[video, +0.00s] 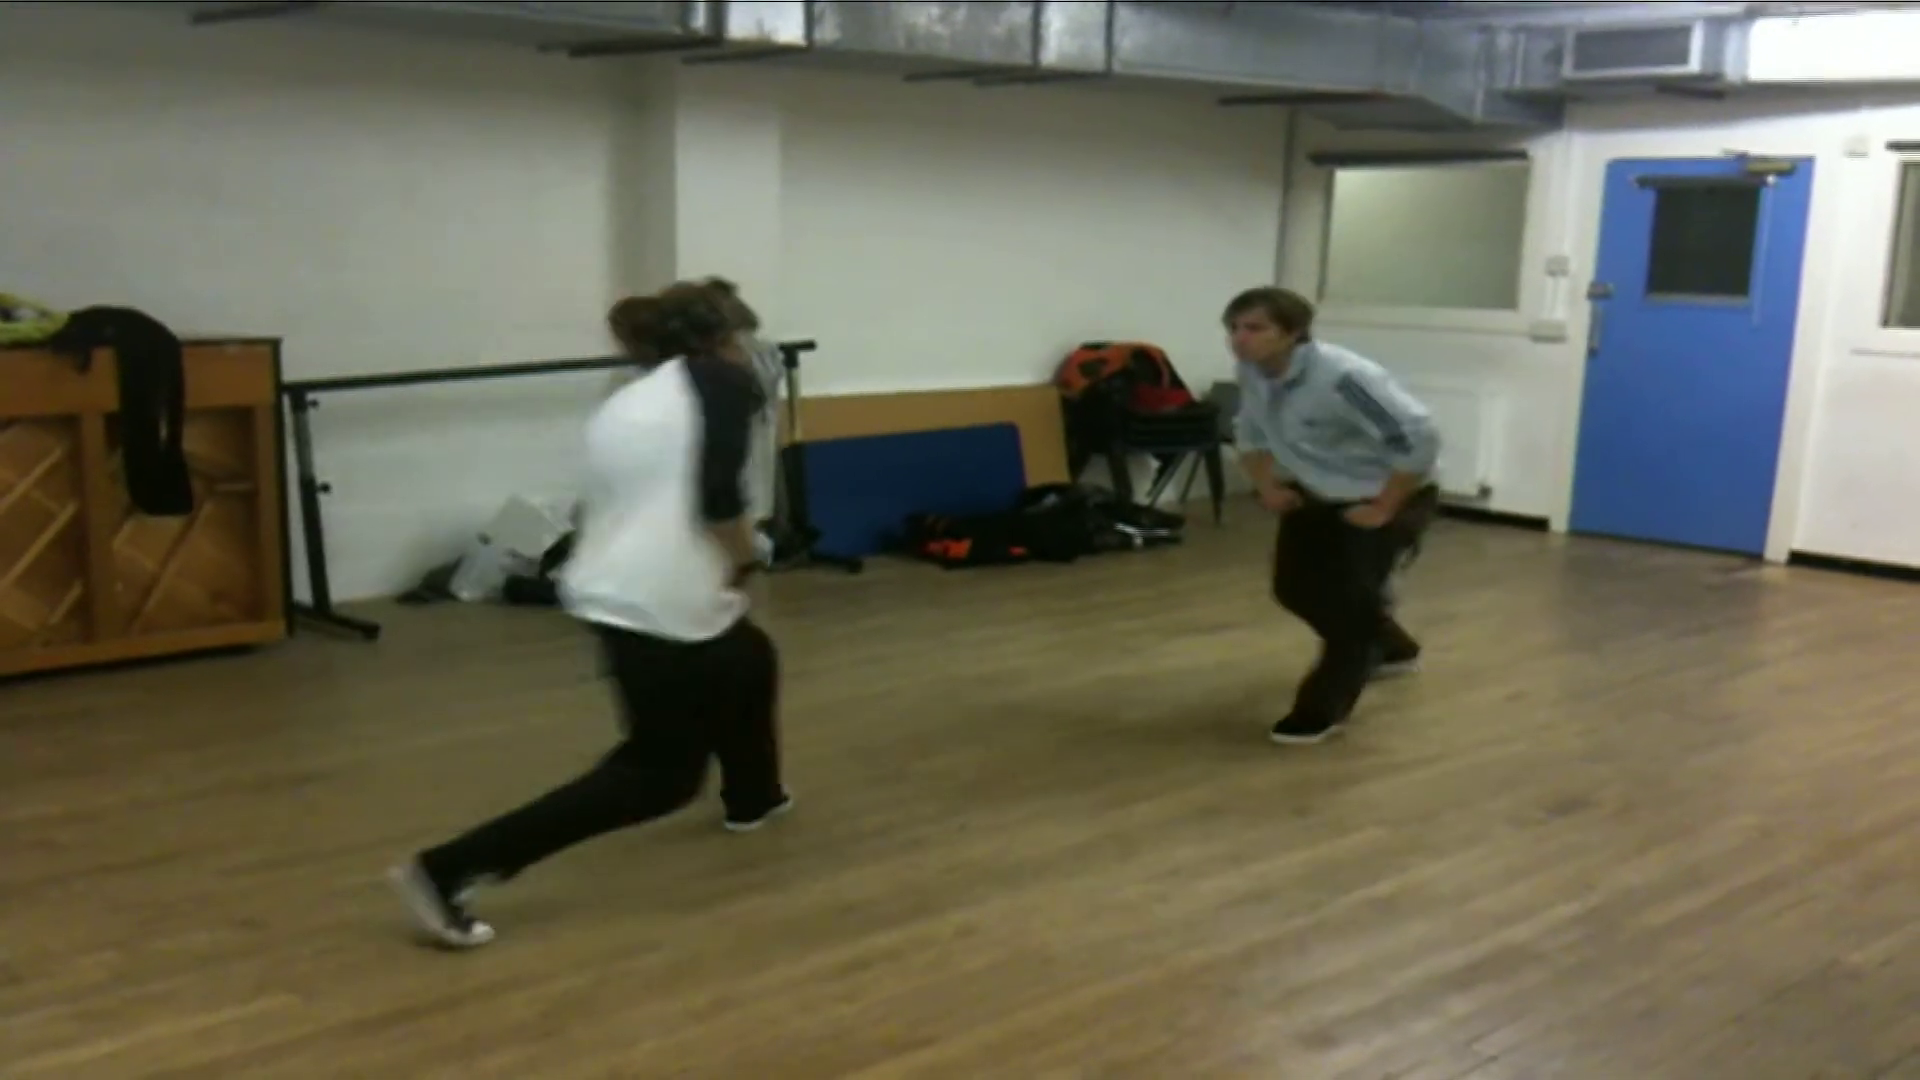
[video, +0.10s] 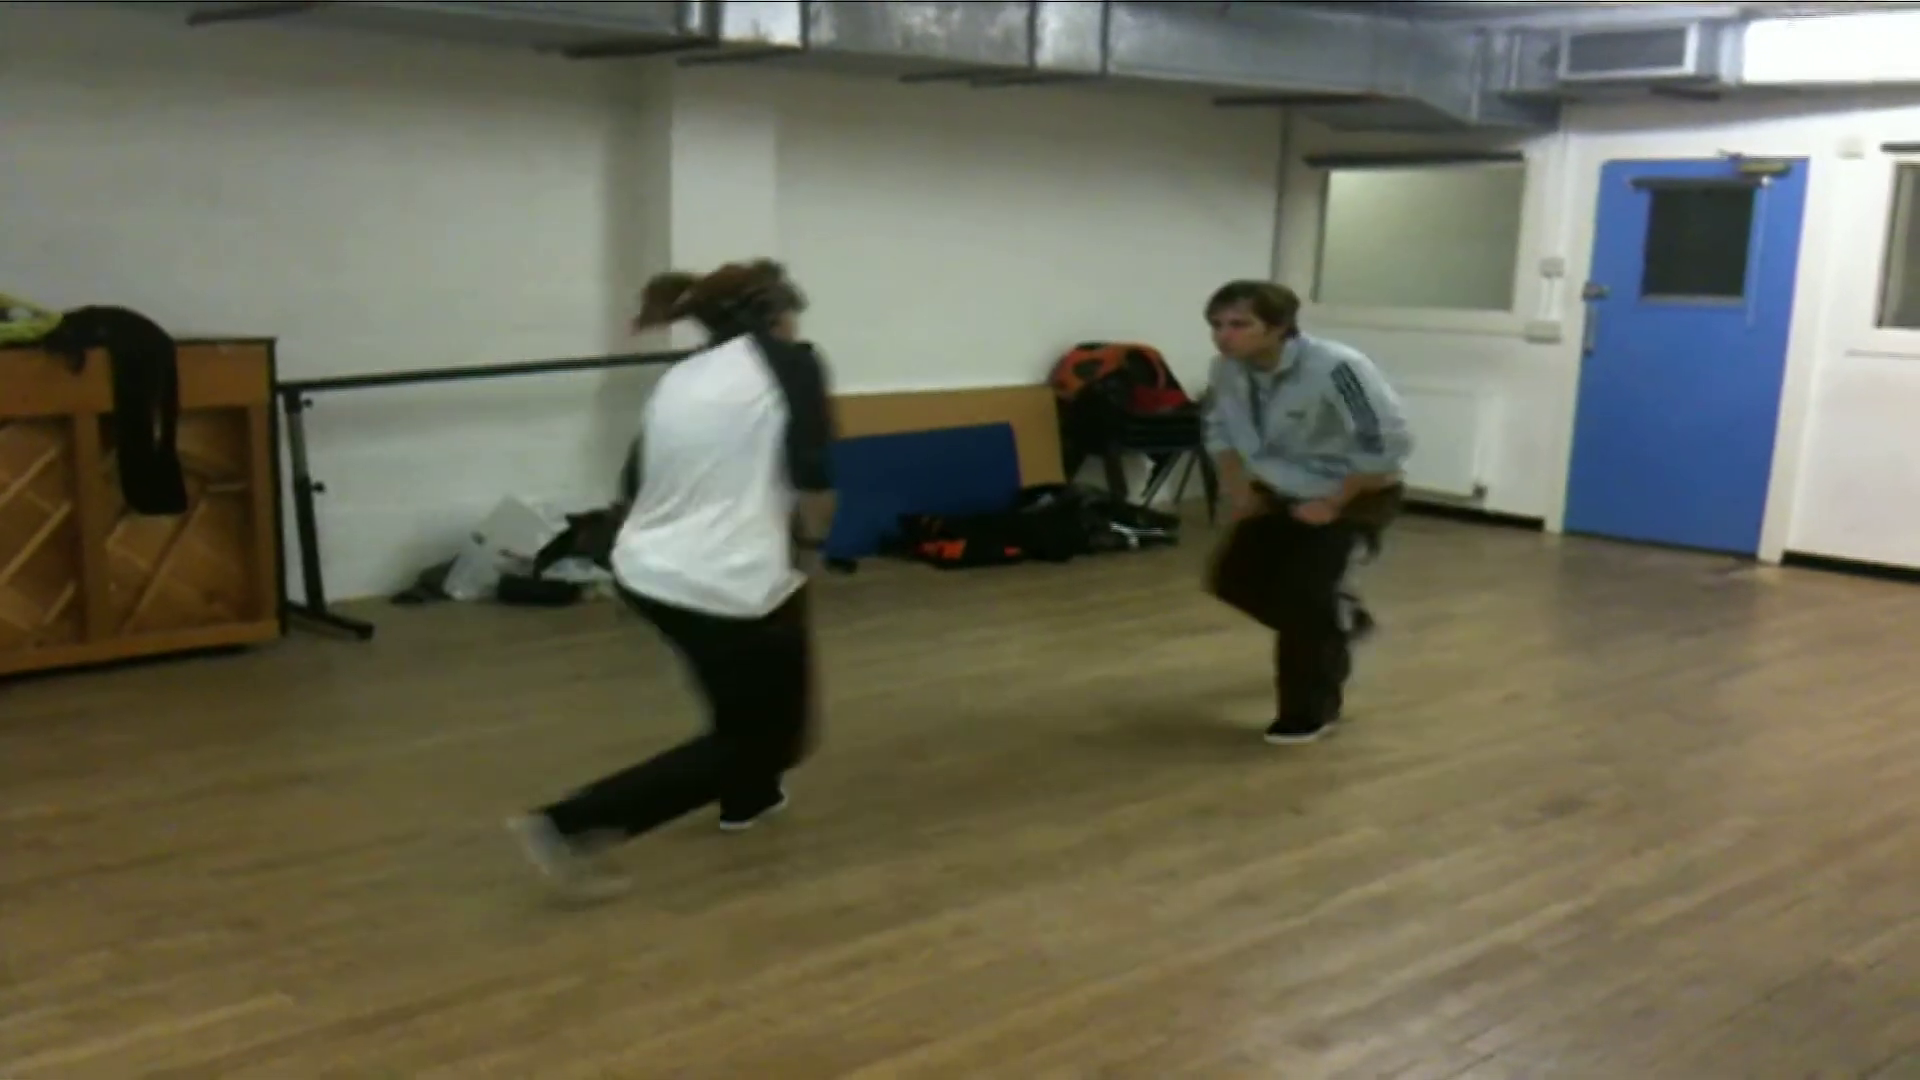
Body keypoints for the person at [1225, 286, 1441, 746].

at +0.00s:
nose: (1239, 339)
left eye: (1252, 329)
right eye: (1235, 329)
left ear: (1288, 334)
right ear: (1232, 333)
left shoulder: (1341, 375)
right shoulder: (1253, 375)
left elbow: (1421, 436)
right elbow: (1249, 437)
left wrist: (1384, 505)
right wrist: (1267, 485)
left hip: (1382, 498)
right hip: (1317, 495)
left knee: (1350, 599)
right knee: (1294, 585)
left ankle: (1318, 711)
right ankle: (1390, 644)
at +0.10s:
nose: (1222, 337)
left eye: (1236, 325)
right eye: (1217, 326)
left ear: (1275, 328)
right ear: (1212, 328)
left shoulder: (1337, 369)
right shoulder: (1229, 371)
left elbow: (1391, 443)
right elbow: (1218, 430)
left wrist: (1337, 501)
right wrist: (1237, 486)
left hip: (1351, 496)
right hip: (1281, 492)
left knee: (1303, 591)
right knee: (1232, 575)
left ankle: (1308, 710)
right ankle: (1332, 618)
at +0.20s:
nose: (1215, 338)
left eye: (1229, 326)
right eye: (1209, 326)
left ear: (1270, 329)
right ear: (1204, 328)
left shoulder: (1333, 372)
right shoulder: (1205, 377)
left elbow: (1352, 466)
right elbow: (1192, 448)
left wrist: (1287, 503)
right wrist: (1196, 504)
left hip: (1316, 502)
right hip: (1242, 502)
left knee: (1285, 590)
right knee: (1172, 561)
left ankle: (1304, 709)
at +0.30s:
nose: (1193, 343)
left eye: (1207, 332)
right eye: (1188, 332)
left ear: (1249, 337)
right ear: (1183, 333)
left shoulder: (1313, 384)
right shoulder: (1169, 381)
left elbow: (1327, 466)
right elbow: (1132, 443)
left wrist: (1236, 486)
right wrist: (1173, 481)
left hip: (1274, 516)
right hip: (1197, 514)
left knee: (1275, 600)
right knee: (1141, 584)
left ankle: (1303, 709)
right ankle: (1229, 668)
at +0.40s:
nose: (1162, 331)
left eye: (1177, 320)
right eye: (1155, 318)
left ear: (1215, 322)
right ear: (1147, 317)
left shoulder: (1270, 362)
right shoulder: (1130, 368)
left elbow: (1343, 419)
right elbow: (1053, 406)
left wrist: (1292, 401)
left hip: (1253, 514)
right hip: (1172, 514)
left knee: (1284, 604)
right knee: (1099, 583)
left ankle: (1310, 708)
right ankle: (1174, 648)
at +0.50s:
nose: (1120, 319)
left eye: (1135, 308)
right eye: (1112, 306)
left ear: (1163, 306)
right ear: (1099, 302)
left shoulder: (1209, 341)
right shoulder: (1082, 346)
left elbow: (1291, 361)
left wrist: (1369, 376)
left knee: (1287, 604)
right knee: (1056, 587)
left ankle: (1359, 706)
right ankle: (1016, 662)